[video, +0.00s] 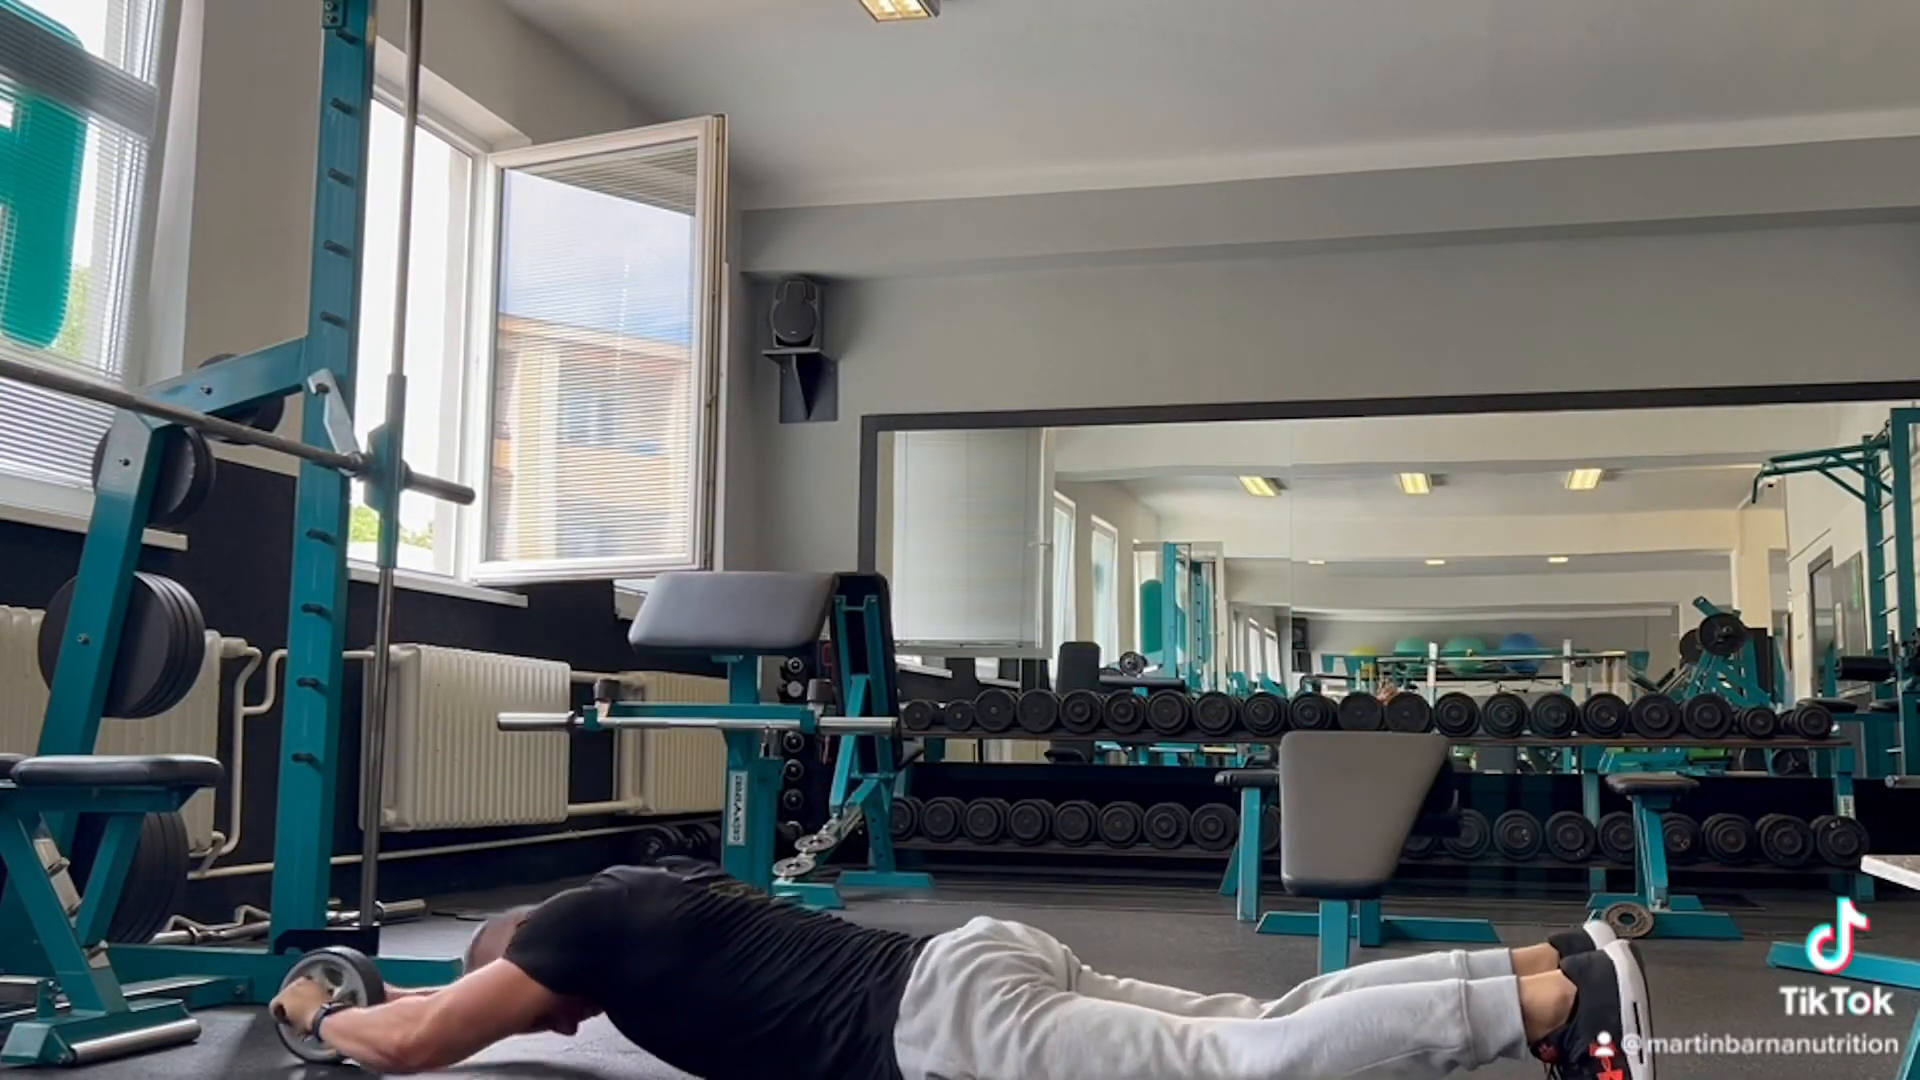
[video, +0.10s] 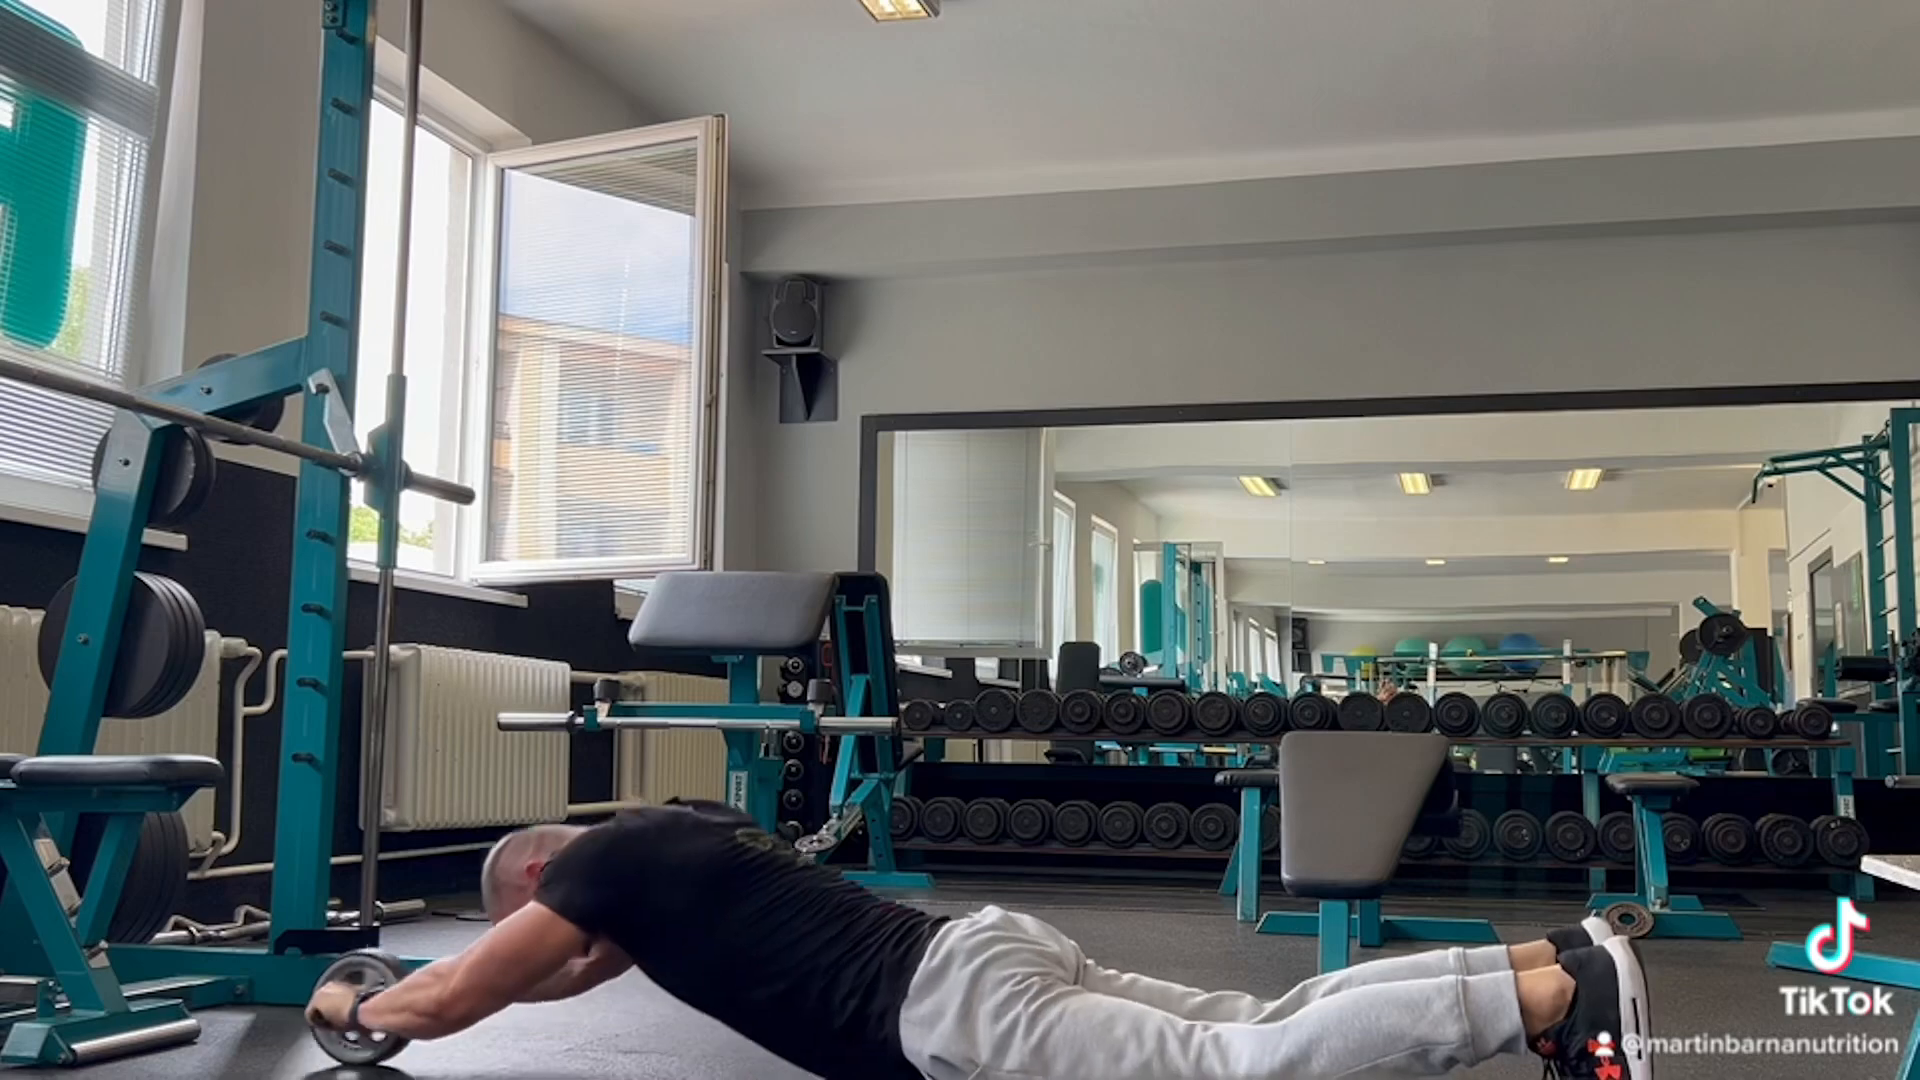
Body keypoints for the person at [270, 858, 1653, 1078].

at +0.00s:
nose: (496, 986)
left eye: (498, 969)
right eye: (496, 974)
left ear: (534, 925)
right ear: (579, 898)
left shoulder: (598, 920)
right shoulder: (663, 913)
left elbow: (403, 1047)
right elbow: (557, 1025)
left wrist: (327, 1013)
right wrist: (421, 1026)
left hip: (938, 1009)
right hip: (959, 961)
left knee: (1240, 1049)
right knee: (1240, 1022)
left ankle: (1534, 997)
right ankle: (1526, 991)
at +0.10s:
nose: (524, 928)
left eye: (516, 907)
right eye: (519, 920)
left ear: (539, 861)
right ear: (568, 866)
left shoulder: (600, 859)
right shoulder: (663, 857)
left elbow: (437, 1014)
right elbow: (574, 967)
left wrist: (374, 1008)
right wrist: (439, 1002)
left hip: (948, 1001)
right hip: (979, 958)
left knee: (1239, 1054)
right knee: (1243, 1026)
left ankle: (1538, 984)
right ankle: (1538, 977)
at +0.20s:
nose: (550, 851)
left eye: (542, 830)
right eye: (544, 842)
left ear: (564, 783)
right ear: (598, 781)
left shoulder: (633, 791)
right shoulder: (693, 793)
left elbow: (539, 950)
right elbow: (628, 932)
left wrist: (458, 1010)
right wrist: (495, 988)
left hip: (963, 948)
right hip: (998, 912)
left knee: (1225, 1060)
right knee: (1244, 1028)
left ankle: (1537, 981)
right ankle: (1535, 986)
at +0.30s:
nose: (604, 792)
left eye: (591, 769)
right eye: (594, 784)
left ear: (603, 705)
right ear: (637, 708)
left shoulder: (680, 699)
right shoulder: (745, 729)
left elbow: (618, 913)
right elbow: (694, 910)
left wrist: (558, 1000)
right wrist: (594, 987)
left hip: (999, 862)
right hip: (1018, 869)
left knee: (1227, 1058)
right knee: (1262, 1011)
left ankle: (1537, 1010)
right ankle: (1523, 978)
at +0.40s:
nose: (635, 736)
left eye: (619, 710)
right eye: (624, 726)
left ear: (633, 656)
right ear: (659, 656)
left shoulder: (719, 651)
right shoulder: (788, 676)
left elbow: (708, 859)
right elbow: (778, 880)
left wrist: (674, 982)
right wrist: (702, 987)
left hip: (1033, 795)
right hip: (1067, 771)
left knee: (1236, 1039)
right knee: (1279, 981)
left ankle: (1554, 1003)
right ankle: (1554, 979)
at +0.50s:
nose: (672, 725)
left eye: (655, 704)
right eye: (660, 715)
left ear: (666, 648)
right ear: (690, 643)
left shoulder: (765, 630)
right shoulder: (823, 641)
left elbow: (786, 844)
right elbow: (852, 847)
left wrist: (772, 995)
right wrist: (799, 988)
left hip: (1104, 703)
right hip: (1120, 703)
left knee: (1284, 960)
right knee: (1310, 917)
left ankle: (1604, 994)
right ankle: (1598, 971)